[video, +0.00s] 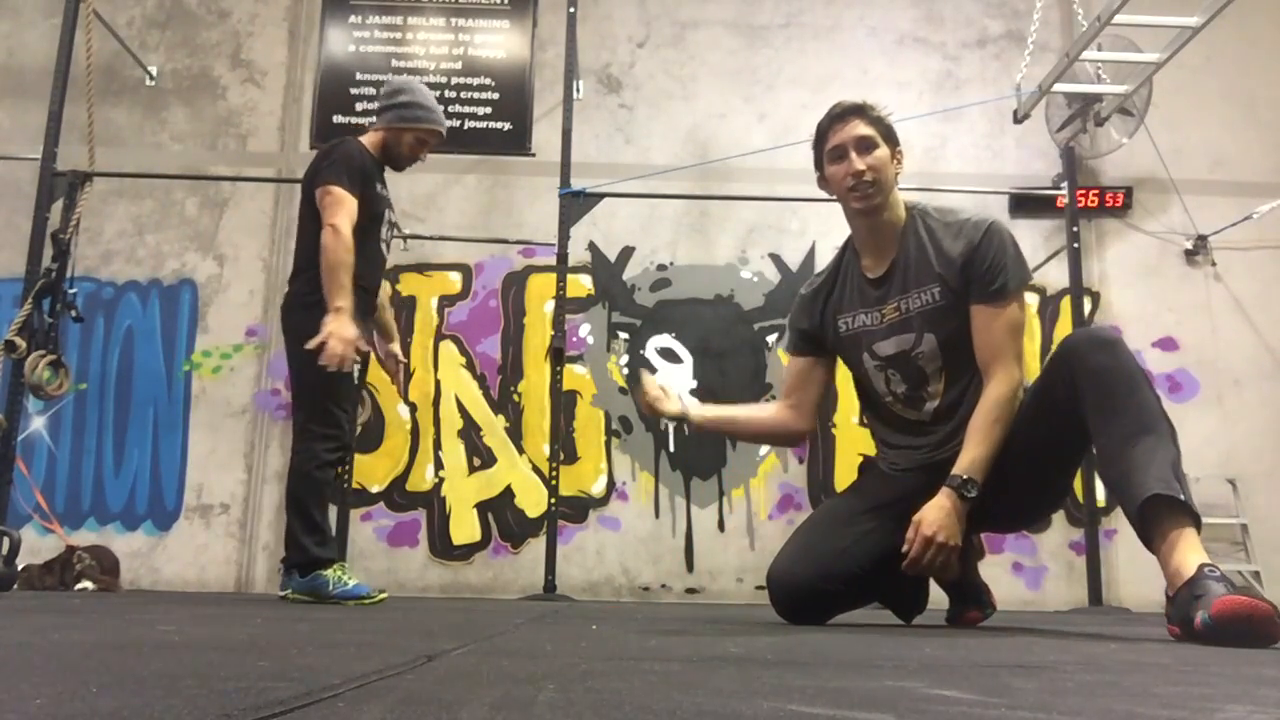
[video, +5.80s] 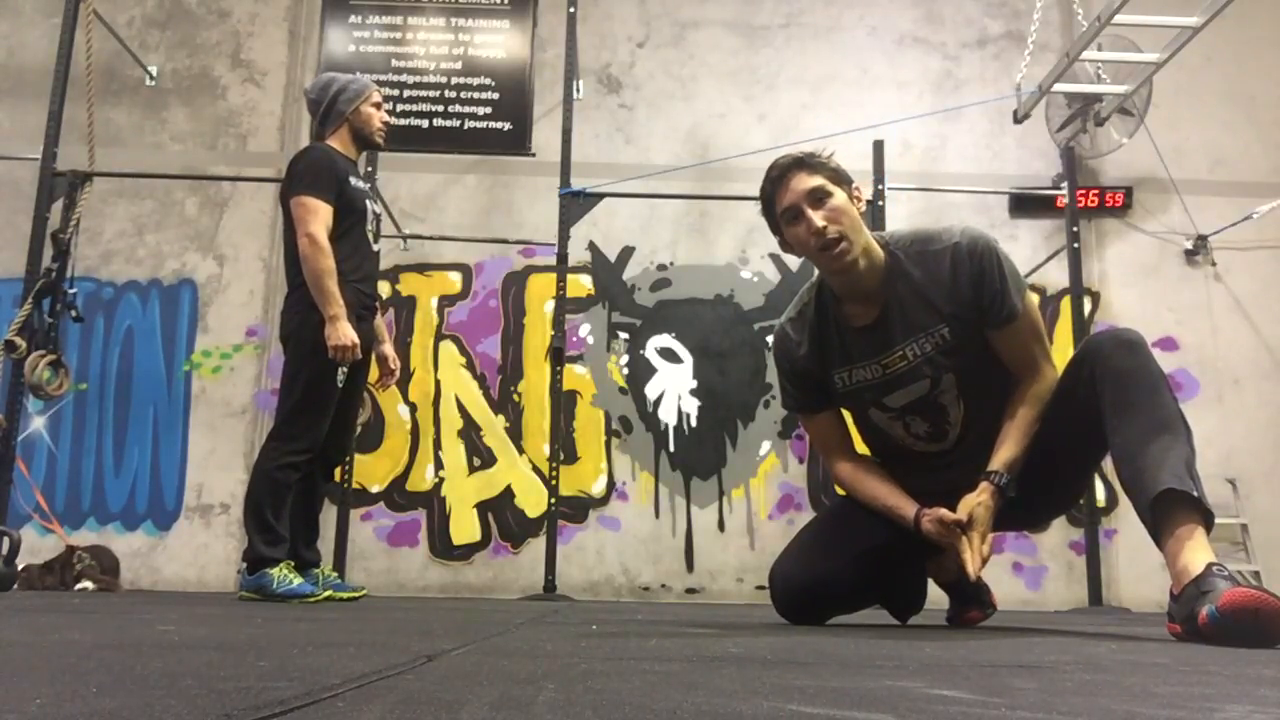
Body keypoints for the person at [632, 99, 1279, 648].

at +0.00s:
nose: (854, 167)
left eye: (866, 149)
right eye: (836, 158)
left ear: (899, 159)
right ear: (823, 183)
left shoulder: (974, 244)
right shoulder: (823, 294)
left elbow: (1005, 383)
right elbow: (796, 418)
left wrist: (954, 496)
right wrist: (686, 410)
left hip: (1001, 464)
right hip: (903, 483)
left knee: (1096, 348)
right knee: (795, 590)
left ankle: (1193, 581)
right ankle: (935, 561)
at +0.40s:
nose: (857, 164)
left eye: (869, 147)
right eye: (838, 155)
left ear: (899, 158)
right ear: (823, 181)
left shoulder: (974, 246)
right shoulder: (816, 295)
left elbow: (1000, 383)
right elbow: (802, 411)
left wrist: (956, 499)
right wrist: (723, 386)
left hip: (999, 463)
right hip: (897, 481)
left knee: (1094, 350)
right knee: (795, 588)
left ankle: (1192, 580)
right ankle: (936, 566)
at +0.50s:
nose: (853, 163)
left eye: (866, 147)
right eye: (834, 155)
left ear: (893, 161)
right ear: (819, 179)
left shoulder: (974, 244)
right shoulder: (813, 290)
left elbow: (1001, 382)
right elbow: (805, 425)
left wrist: (958, 498)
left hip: (998, 462)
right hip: (899, 479)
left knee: (1091, 350)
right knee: (793, 591)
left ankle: (1191, 577)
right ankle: (944, 555)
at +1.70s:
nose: (836, 198)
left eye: (846, 175)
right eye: (816, 187)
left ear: (878, 178)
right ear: (802, 206)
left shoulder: (967, 252)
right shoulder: (800, 315)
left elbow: (1013, 382)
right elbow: (851, 453)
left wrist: (949, 483)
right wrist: (826, 407)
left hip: (999, 464)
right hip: (897, 486)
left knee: (1101, 354)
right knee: (794, 590)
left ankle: (1192, 576)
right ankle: (943, 559)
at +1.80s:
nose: (830, 203)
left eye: (839, 180)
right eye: (810, 194)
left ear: (873, 182)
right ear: (797, 215)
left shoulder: (965, 251)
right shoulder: (803, 326)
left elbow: (1019, 374)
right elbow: (835, 433)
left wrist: (947, 448)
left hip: (999, 464)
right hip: (902, 490)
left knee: (1110, 352)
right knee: (794, 590)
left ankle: (1193, 575)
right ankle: (944, 559)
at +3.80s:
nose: (823, 227)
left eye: (830, 203)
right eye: (802, 222)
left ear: (867, 198)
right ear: (796, 243)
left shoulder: (970, 260)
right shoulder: (805, 337)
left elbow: (1041, 376)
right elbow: (842, 456)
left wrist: (987, 482)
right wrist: (920, 519)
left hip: (1018, 473)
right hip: (912, 497)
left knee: (1120, 348)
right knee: (796, 590)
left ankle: (1195, 577)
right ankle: (938, 558)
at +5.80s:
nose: (815, 221)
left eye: (820, 198)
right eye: (793, 219)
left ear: (857, 195)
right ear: (787, 246)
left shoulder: (964, 260)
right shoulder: (800, 342)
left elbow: (1038, 378)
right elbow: (839, 459)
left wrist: (992, 486)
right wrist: (917, 519)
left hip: (1014, 470)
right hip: (909, 497)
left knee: (1117, 349)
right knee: (795, 591)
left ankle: (1195, 578)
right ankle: (934, 559)